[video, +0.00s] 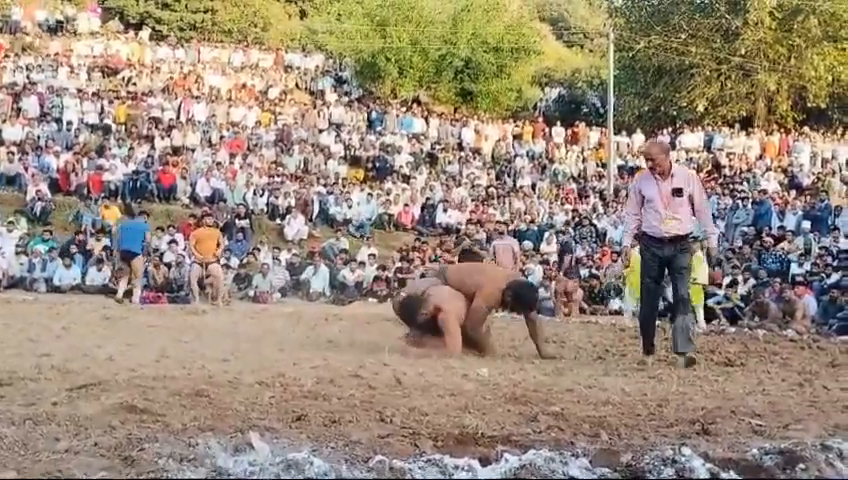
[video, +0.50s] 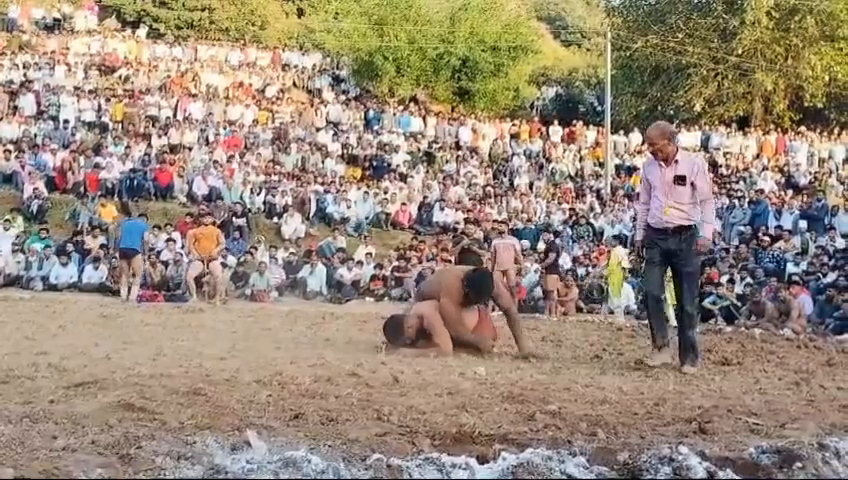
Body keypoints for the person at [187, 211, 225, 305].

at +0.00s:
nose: (210, 221)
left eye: (211, 219)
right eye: (207, 219)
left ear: (213, 220)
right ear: (203, 220)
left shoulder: (217, 232)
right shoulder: (195, 233)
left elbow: (221, 244)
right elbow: (191, 246)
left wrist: (218, 252)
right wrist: (197, 255)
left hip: (212, 259)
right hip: (199, 259)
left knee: (219, 276)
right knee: (193, 277)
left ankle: (219, 299)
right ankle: (196, 299)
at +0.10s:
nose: (209, 222)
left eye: (211, 220)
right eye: (206, 220)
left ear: (213, 221)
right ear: (202, 221)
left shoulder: (217, 233)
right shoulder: (195, 234)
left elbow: (222, 245)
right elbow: (191, 247)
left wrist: (217, 251)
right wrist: (197, 256)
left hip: (212, 260)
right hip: (198, 259)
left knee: (220, 276)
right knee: (191, 278)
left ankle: (219, 299)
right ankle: (195, 299)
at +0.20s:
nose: (208, 222)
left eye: (210, 220)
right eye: (206, 220)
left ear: (213, 221)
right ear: (202, 221)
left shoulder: (217, 234)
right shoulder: (194, 234)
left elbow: (222, 246)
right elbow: (191, 247)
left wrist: (216, 253)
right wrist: (195, 255)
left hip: (212, 259)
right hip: (199, 259)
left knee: (222, 275)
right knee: (190, 277)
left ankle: (220, 299)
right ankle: (195, 299)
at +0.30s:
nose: (208, 221)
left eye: (210, 219)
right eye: (206, 219)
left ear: (213, 220)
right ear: (202, 220)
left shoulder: (217, 233)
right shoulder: (194, 233)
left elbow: (222, 246)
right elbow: (191, 247)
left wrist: (215, 253)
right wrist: (197, 257)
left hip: (213, 259)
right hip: (199, 259)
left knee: (221, 275)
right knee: (189, 276)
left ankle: (219, 298)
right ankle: (194, 297)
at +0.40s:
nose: (208, 220)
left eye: (210, 218)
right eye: (206, 218)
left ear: (213, 220)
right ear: (201, 219)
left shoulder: (216, 232)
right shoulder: (193, 233)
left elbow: (222, 244)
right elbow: (191, 247)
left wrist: (215, 253)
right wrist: (196, 256)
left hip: (213, 259)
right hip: (199, 259)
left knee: (221, 275)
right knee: (189, 276)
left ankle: (218, 298)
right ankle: (194, 297)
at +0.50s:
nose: (207, 219)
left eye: (209, 217)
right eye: (204, 217)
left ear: (212, 218)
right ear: (200, 219)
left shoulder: (216, 231)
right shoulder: (194, 232)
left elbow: (222, 244)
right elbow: (190, 246)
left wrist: (215, 251)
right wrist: (196, 254)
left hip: (213, 258)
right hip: (199, 258)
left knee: (218, 275)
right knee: (190, 276)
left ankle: (217, 298)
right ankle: (194, 297)